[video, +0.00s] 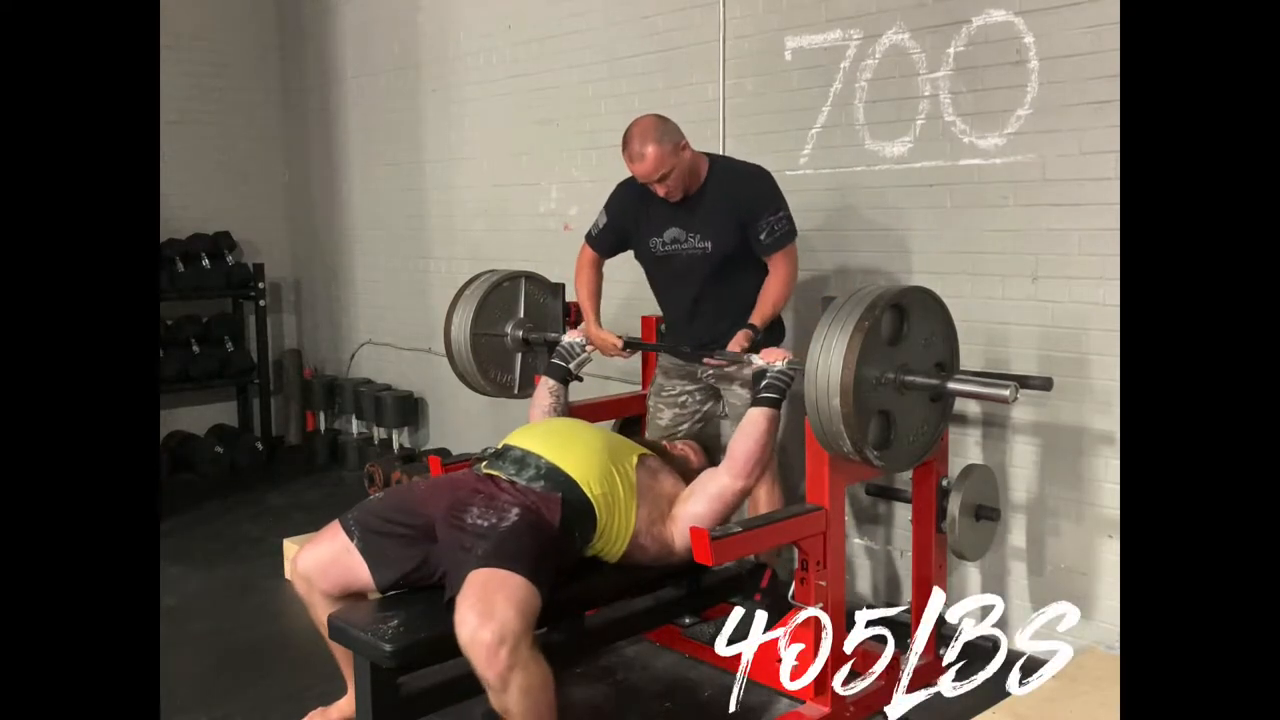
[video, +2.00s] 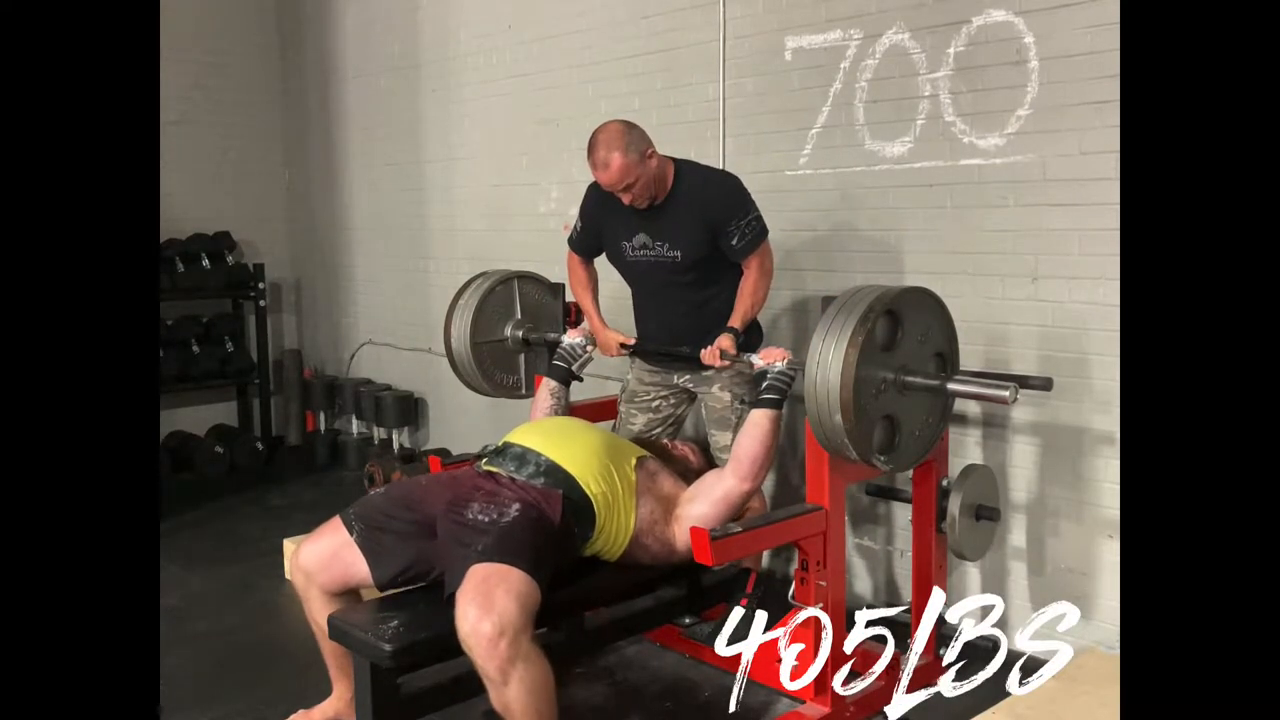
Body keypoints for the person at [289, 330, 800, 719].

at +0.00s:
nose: (682, 442)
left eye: (692, 447)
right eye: (676, 439)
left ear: (702, 475)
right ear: (653, 445)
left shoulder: (677, 513)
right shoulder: (597, 448)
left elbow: (741, 470)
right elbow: (535, 436)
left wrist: (770, 387)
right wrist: (556, 367)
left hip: (529, 506)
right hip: (456, 483)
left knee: (489, 633)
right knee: (308, 564)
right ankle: (358, 694)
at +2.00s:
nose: (679, 441)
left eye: (690, 448)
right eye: (677, 438)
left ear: (699, 475)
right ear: (655, 443)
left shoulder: (679, 508)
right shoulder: (596, 449)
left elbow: (745, 475)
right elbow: (534, 436)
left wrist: (770, 392)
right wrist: (559, 370)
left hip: (528, 503)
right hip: (457, 481)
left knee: (489, 628)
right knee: (311, 561)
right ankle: (343, 697)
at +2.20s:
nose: (686, 446)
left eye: (695, 451)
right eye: (685, 442)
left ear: (700, 477)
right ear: (665, 445)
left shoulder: (683, 509)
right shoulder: (594, 442)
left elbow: (745, 475)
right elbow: (535, 429)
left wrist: (770, 390)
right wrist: (561, 365)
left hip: (530, 491)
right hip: (461, 469)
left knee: (494, 622)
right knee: (321, 560)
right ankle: (345, 698)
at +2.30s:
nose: (688, 447)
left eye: (697, 453)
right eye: (686, 444)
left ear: (702, 479)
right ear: (666, 447)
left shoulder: (684, 510)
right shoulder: (597, 442)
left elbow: (745, 474)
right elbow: (534, 430)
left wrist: (770, 390)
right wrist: (558, 368)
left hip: (529, 487)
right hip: (462, 466)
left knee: (493, 620)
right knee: (325, 559)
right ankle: (345, 698)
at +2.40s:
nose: (687, 449)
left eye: (696, 455)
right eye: (685, 446)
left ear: (701, 480)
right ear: (665, 449)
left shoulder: (683, 512)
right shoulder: (597, 442)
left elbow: (743, 474)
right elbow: (535, 430)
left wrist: (769, 391)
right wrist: (558, 367)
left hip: (529, 485)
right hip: (462, 465)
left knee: (493, 619)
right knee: (326, 559)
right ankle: (345, 698)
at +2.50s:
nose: (688, 454)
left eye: (695, 458)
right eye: (687, 451)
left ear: (700, 481)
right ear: (666, 453)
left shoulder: (682, 513)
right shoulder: (595, 441)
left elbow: (742, 471)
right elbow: (538, 425)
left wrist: (770, 387)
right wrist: (560, 362)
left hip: (528, 488)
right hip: (460, 467)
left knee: (493, 619)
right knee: (325, 559)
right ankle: (343, 698)